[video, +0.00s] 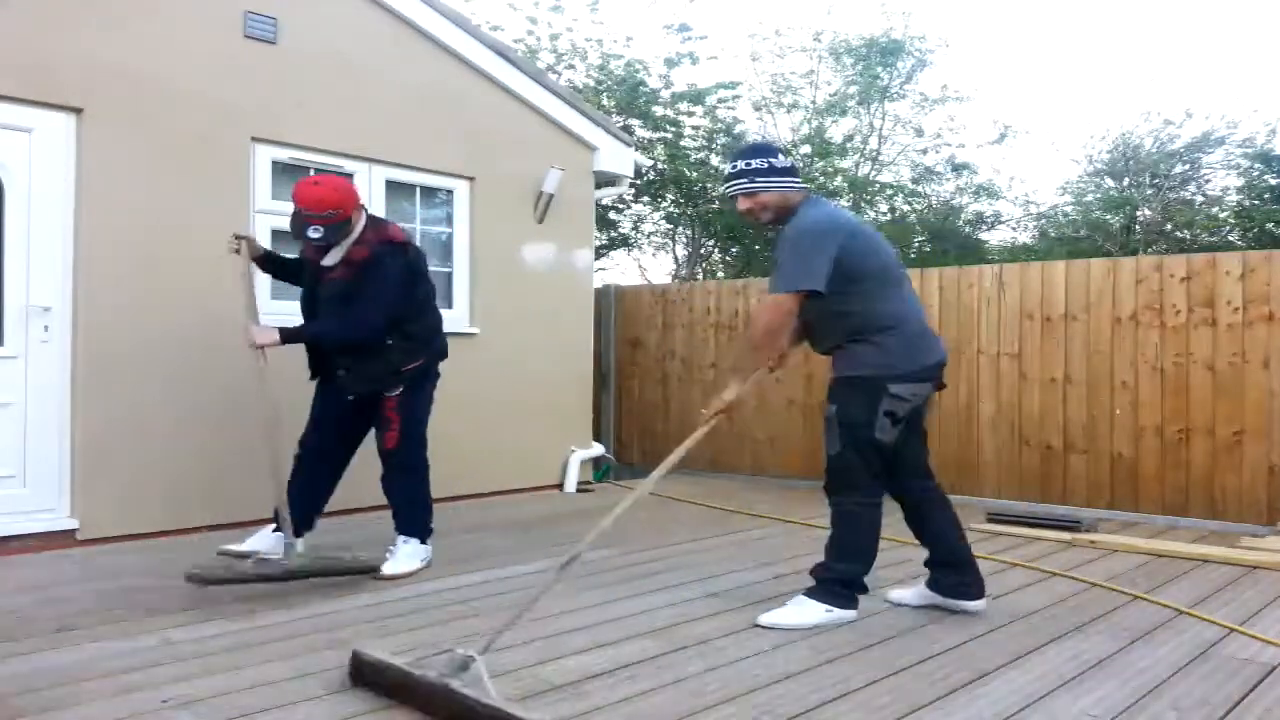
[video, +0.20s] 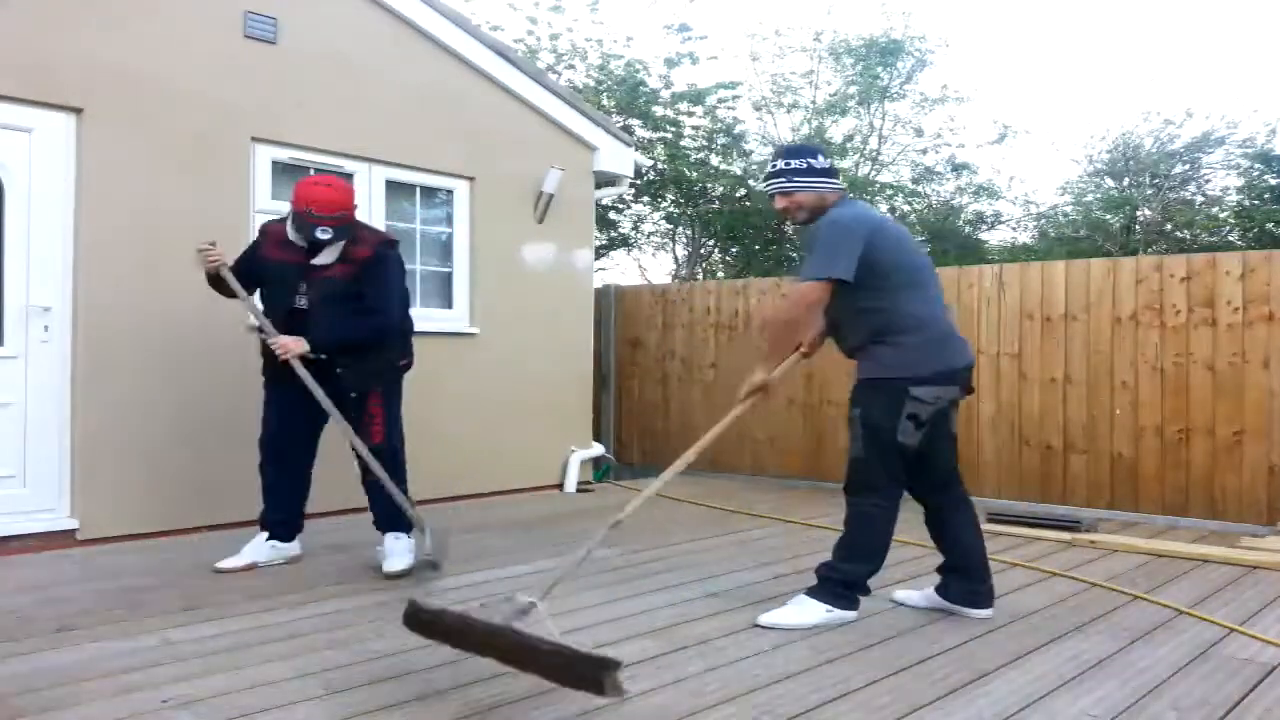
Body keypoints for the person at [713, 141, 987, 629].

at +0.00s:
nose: (743, 206)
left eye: (749, 193)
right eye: (737, 197)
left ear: (780, 185)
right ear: (787, 189)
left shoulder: (807, 228)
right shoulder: (823, 219)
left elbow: (772, 321)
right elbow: (812, 312)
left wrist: (765, 354)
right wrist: (778, 345)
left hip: (875, 367)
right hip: (905, 361)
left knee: (852, 483)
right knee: (910, 478)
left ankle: (835, 593)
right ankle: (959, 583)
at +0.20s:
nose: (780, 205)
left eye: (785, 193)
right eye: (776, 195)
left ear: (815, 186)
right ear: (824, 187)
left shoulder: (840, 223)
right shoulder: (863, 219)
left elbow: (807, 305)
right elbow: (860, 293)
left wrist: (768, 366)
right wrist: (820, 330)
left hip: (898, 372)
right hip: (936, 366)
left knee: (871, 489)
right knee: (938, 484)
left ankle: (837, 593)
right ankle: (969, 590)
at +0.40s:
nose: (808, 209)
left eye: (811, 196)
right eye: (802, 200)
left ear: (842, 186)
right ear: (851, 188)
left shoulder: (864, 224)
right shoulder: (897, 216)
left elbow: (853, 307)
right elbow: (907, 306)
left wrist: (834, 366)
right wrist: (859, 362)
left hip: (917, 365)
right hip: (959, 362)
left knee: (858, 471)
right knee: (936, 475)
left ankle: (863, 598)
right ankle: (968, 590)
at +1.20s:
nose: (740, 232)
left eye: (737, 218)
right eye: (732, 225)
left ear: (761, 200)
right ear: (769, 197)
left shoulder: (813, 228)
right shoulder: (836, 222)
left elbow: (792, 320)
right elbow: (841, 319)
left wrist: (756, 390)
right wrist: (787, 357)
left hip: (917, 363)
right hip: (956, 355)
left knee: (894, 488)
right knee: (942, 479)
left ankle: (892, 615)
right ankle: (957, 592)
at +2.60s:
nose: (727, 197)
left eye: (727, 184)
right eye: (720, 188)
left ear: (753, 166)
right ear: (774, 161)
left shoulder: (784, 203)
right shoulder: (833, 190)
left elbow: (765, 289)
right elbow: (870, 267)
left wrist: (728, 357)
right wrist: (807, 305)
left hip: (881, 363)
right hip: (922, 356)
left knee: (871, 498)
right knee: (890, 493)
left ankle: (859, 636)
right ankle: (896, 615)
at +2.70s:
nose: (736, 193)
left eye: (735, 180)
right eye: (730, 185)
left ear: (761, 159)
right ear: (780, 155)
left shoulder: (783, 203)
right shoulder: (853, 186)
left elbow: (760, 305)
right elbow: (877, 263)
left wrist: (753, 362)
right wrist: (827, 307)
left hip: (865, 364)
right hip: (913, 356)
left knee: (858, 498)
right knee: (876, 492)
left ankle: (861, 637)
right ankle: (871, 613)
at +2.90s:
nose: (735, 192)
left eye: (735, 178)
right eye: (728, 183)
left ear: (764, 162)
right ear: (785, 159)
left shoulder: (775, 210)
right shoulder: (862, 188)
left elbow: (764, 313)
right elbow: (909, 224)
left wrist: (773, 362)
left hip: (843, 363)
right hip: (907, 357)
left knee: (784, 483)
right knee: (866, 485)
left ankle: (842, 622)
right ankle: (883, 617)